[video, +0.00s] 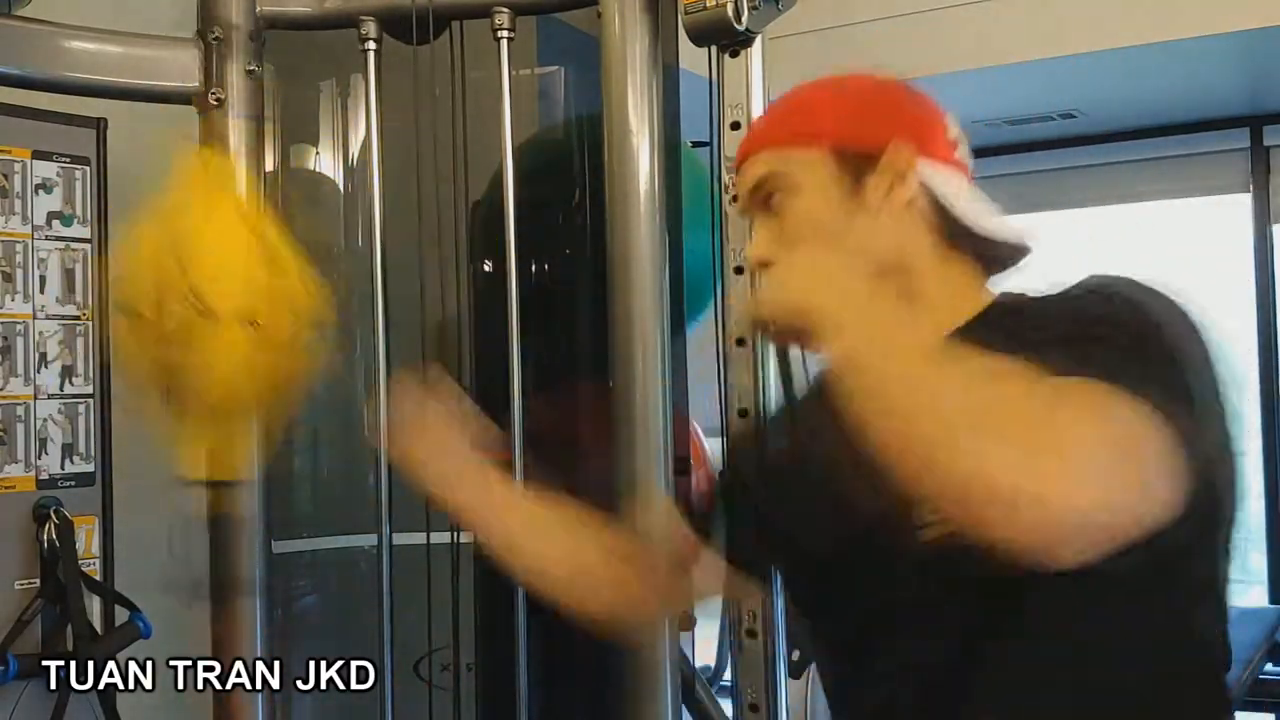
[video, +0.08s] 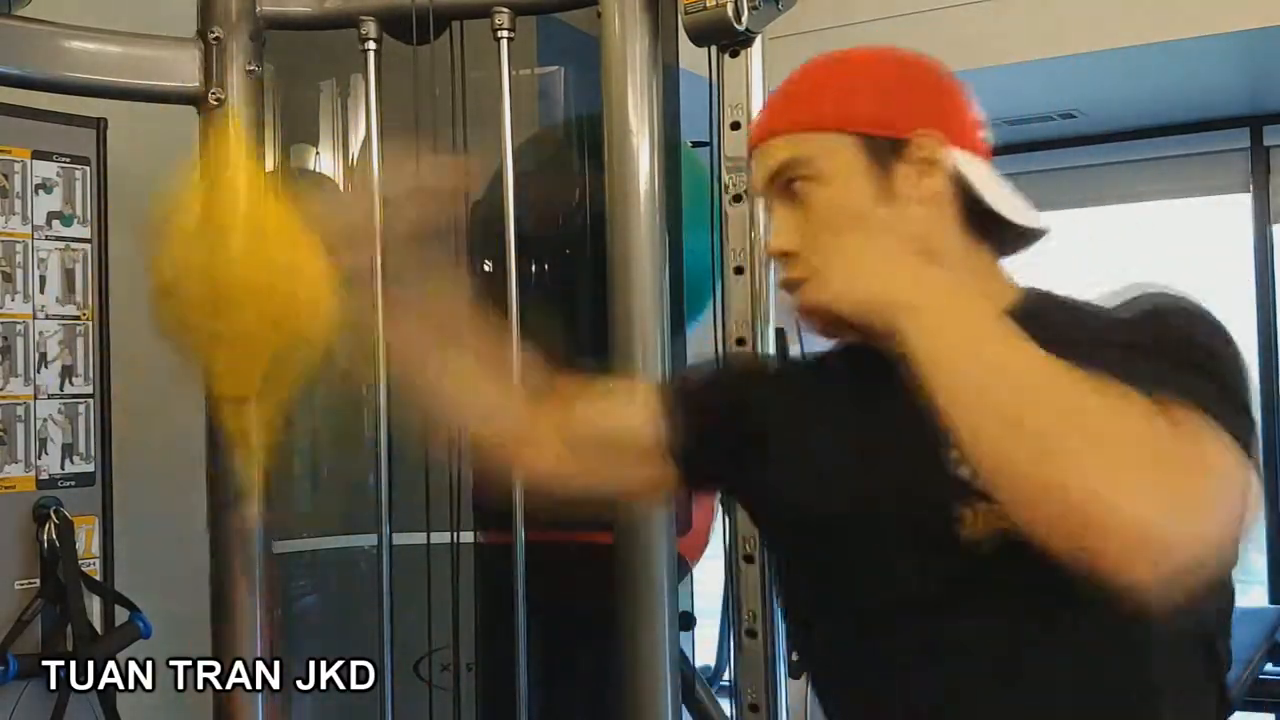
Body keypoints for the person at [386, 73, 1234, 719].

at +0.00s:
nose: (745, 249)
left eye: (770, 202)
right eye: (744, 222)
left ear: (894, 194)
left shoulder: (1111, 332)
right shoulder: (795, 451)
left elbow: (1054, 503)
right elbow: (638, 586)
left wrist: (845, 305)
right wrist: (464, 472)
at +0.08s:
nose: (773, 244)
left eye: (797, 190)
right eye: (766, 209)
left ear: (921, 181)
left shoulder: (1156, 345)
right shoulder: (784, 410)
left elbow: (1158, 541)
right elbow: (535, 430)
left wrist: (926, 291)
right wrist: (397, 270)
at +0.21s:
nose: (803, 266)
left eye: (831, 214)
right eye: (798, 227)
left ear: (959, 203)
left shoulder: (1185, 406)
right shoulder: (812, 421)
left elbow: (1179, 662)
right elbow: (571, 412)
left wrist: (975, 362)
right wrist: (793, 307)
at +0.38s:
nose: (810, 272)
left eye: (836, 222)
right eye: (813, 232)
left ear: (965, 220)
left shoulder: (1195, 431)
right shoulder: (846, 401)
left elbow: (1112, 691)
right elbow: (600, 384)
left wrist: (945, 414)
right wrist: (893, 335)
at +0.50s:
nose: (800, 242)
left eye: (812, 200)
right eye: (801, 202)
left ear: (918, 199)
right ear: (915, 202)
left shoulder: (1106, 421)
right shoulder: (890, 363)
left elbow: (880, 681)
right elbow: (654, 335)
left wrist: (827, 405)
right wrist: (434, 296)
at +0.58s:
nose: (786, 244)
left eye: (790, 203)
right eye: (783, 206)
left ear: (872, 200)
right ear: (881, 200)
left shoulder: (1011, 428)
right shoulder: (987, 354)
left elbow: (766, 690)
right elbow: (791, 359)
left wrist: (762, 409)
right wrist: (583, 360)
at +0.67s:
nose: (772, 269)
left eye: (773, 236)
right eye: (769, 238)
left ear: (835, 232)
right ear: (941, 220)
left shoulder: (932, 475)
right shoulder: (1059, 373)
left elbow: (683, 693)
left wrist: (725, 414)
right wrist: (882, 390)